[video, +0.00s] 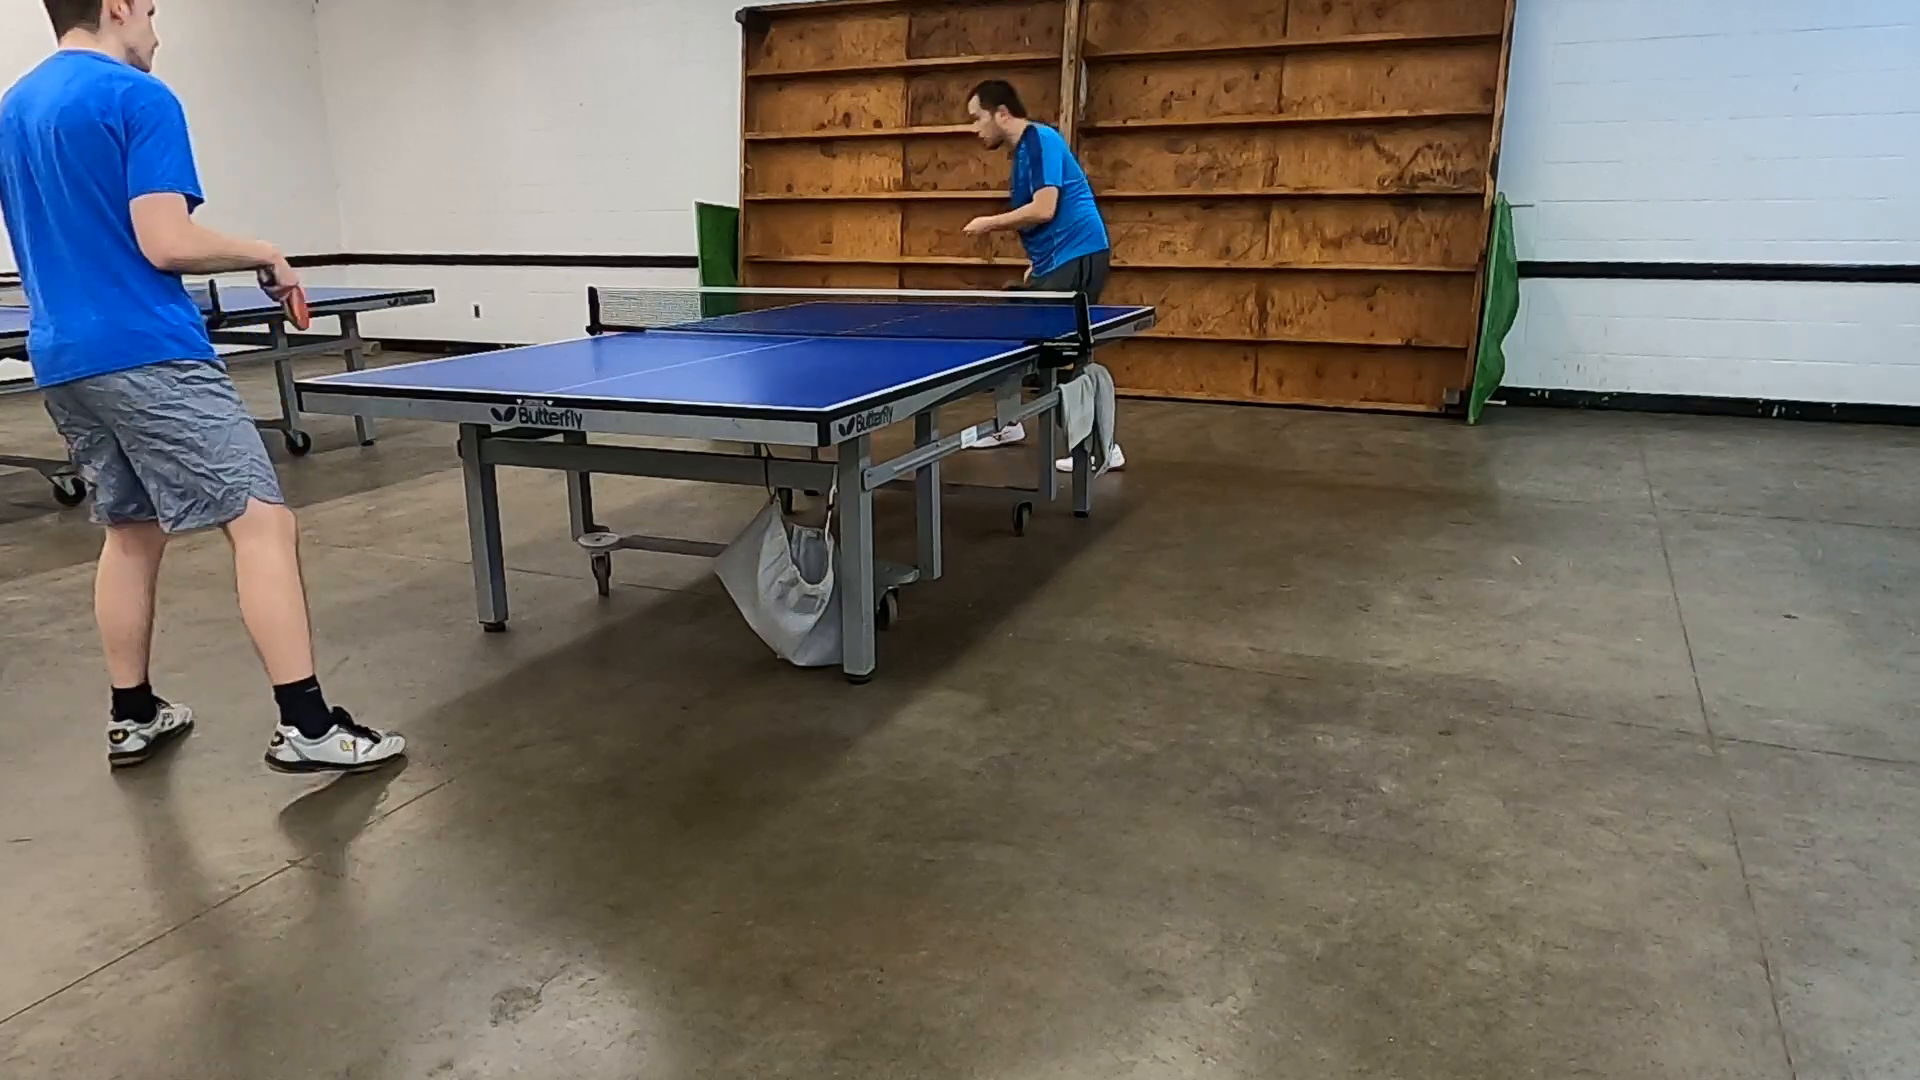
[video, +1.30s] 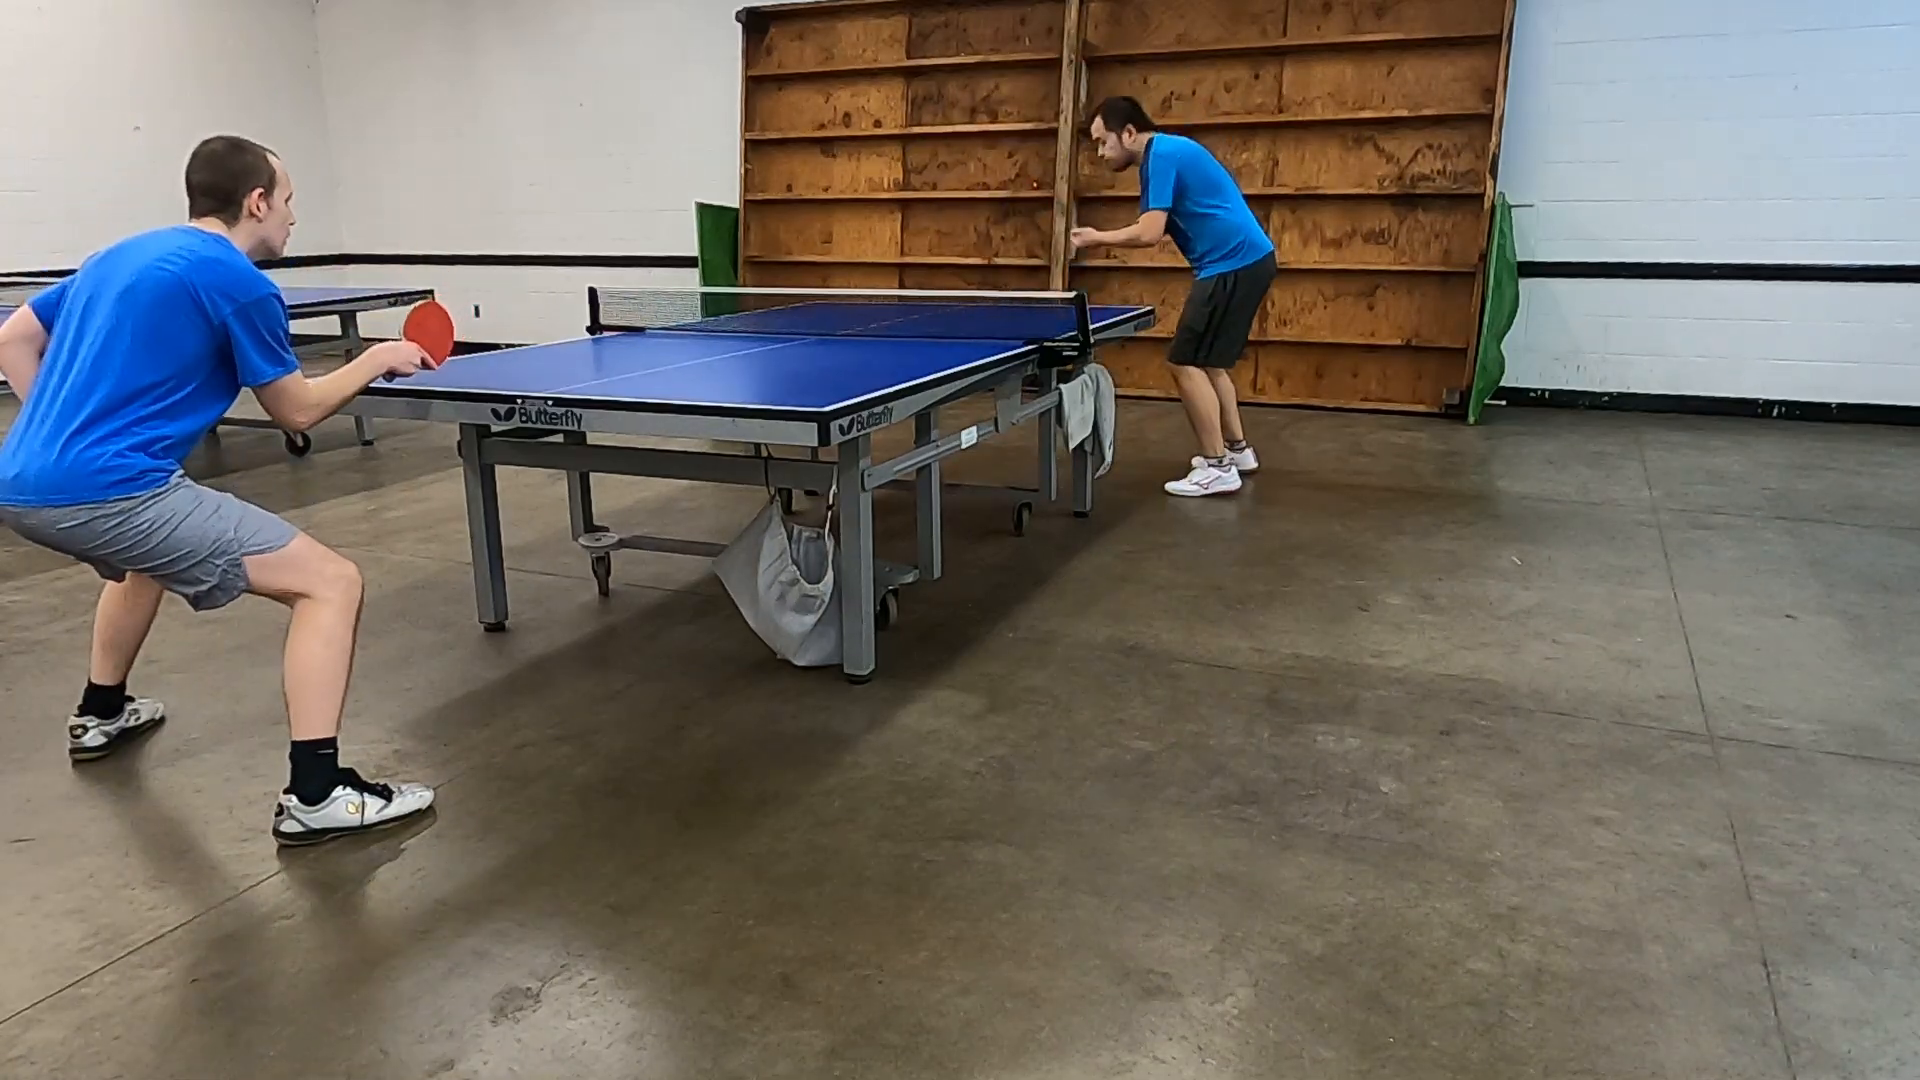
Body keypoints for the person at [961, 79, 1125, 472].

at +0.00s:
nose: (975, 128)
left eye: (977, 118)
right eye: (973, 120)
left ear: (1002, 114)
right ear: (1001, 116)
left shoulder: (1043, 139)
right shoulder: (1020, 155)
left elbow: (1045, 208)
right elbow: (1029, 217)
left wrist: (990, 222)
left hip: (1078, 253)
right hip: (1050, 260)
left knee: (1060, 352)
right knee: (1010, 330)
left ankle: (1099, 445)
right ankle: (1008, 421)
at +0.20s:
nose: (1021, 95)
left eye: (1028, 86)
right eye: (1021, 86)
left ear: (1054, 88)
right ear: (1054, 89)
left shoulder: (1079, 124)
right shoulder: (1071, 125)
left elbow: (1079, 194)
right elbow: (1091, 193)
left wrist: (1030, 217)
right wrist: (1057, 216)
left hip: (1096, 257)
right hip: (1082, 256)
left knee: (1069, 352)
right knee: (1063, 346)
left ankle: (1099, 447)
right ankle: (1070, 426)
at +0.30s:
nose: (1044, 86)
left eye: (1051, 77)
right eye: (1044, 77)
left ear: (1078, 81)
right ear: (1077, 82)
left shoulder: (1095, 121)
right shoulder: (1093, 118)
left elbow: (1099, 189)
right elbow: (1099, 188)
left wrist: (1051, 219)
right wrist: (1064, 208)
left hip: (1104, 256)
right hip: (1098, 254)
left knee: (1079, 350)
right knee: (1086, 344)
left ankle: (1102, 448)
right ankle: (1120, 418)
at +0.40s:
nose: (1065, 81)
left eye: (1072, 72)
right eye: (1065, 73)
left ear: (1100, 77)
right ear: (1097, 80)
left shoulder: (1114, 117)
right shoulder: (1106, 119)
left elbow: (1120, 188)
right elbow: (1116, 191)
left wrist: (1069, 220)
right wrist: (1074, 203)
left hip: (1114, 256)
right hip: (1113, 254)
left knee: (1094, 351)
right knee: (1110, 345)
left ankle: (1102, 447)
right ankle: (1173, 409)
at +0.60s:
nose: (1103, 79)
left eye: (1111, 71)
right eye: (1103, 72)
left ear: (1138, 78)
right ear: (1136, 80)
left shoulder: (1147, 118)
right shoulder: (1148, 120)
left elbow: (1159, 186)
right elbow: (1147, 193)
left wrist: (1102, 219)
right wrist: (1097, 207)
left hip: (1142, 259)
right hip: (1167, 257)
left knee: (1109, 356)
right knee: (1172, 348)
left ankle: (1101, 446)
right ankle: (1228, 433)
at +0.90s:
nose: (1130, 83)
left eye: (1136, 74)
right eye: (1130, 75)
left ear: (1164, 76)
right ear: (1163, 79)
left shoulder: (1181, 114)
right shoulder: (1184, 116)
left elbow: (1184, 182)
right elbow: (1180, 190)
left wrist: (1127, 206)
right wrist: (1132, 211)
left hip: (1191, 253)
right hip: (1208, 251)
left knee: (1155, 347)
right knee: (1203, 349)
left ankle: (1152, 453)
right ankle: (1237, 446)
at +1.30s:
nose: (1101, 152)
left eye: (1103, 142)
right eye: (1098, 144)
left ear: (1130, 132)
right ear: (1132, 133)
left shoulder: (1160, 154)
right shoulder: (1166, 150)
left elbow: (1149, 232)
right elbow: (1156, 228)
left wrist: (1098, 236)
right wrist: (1105, 236)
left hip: (1230, 264)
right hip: (1246, 259)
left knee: (1184, 361)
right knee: (1212, 362)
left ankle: (1216, 466)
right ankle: (1237, 448)